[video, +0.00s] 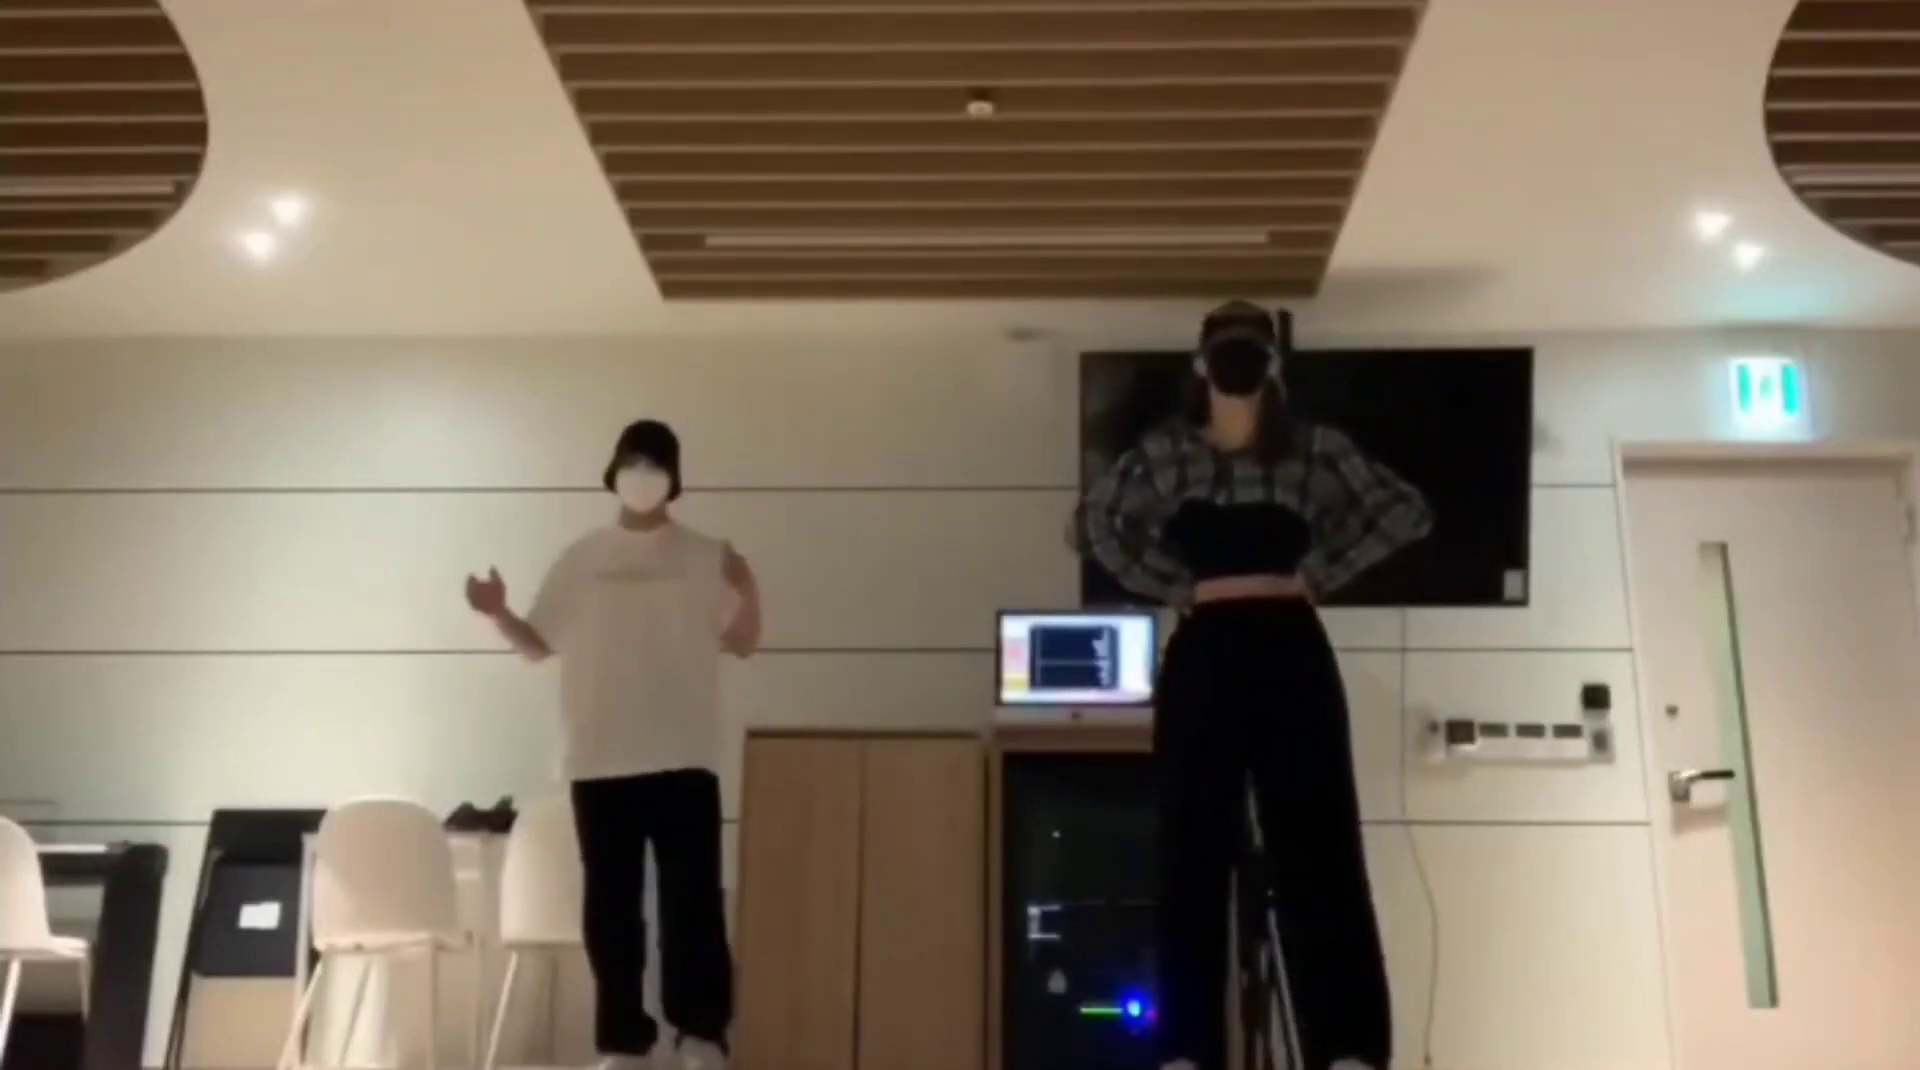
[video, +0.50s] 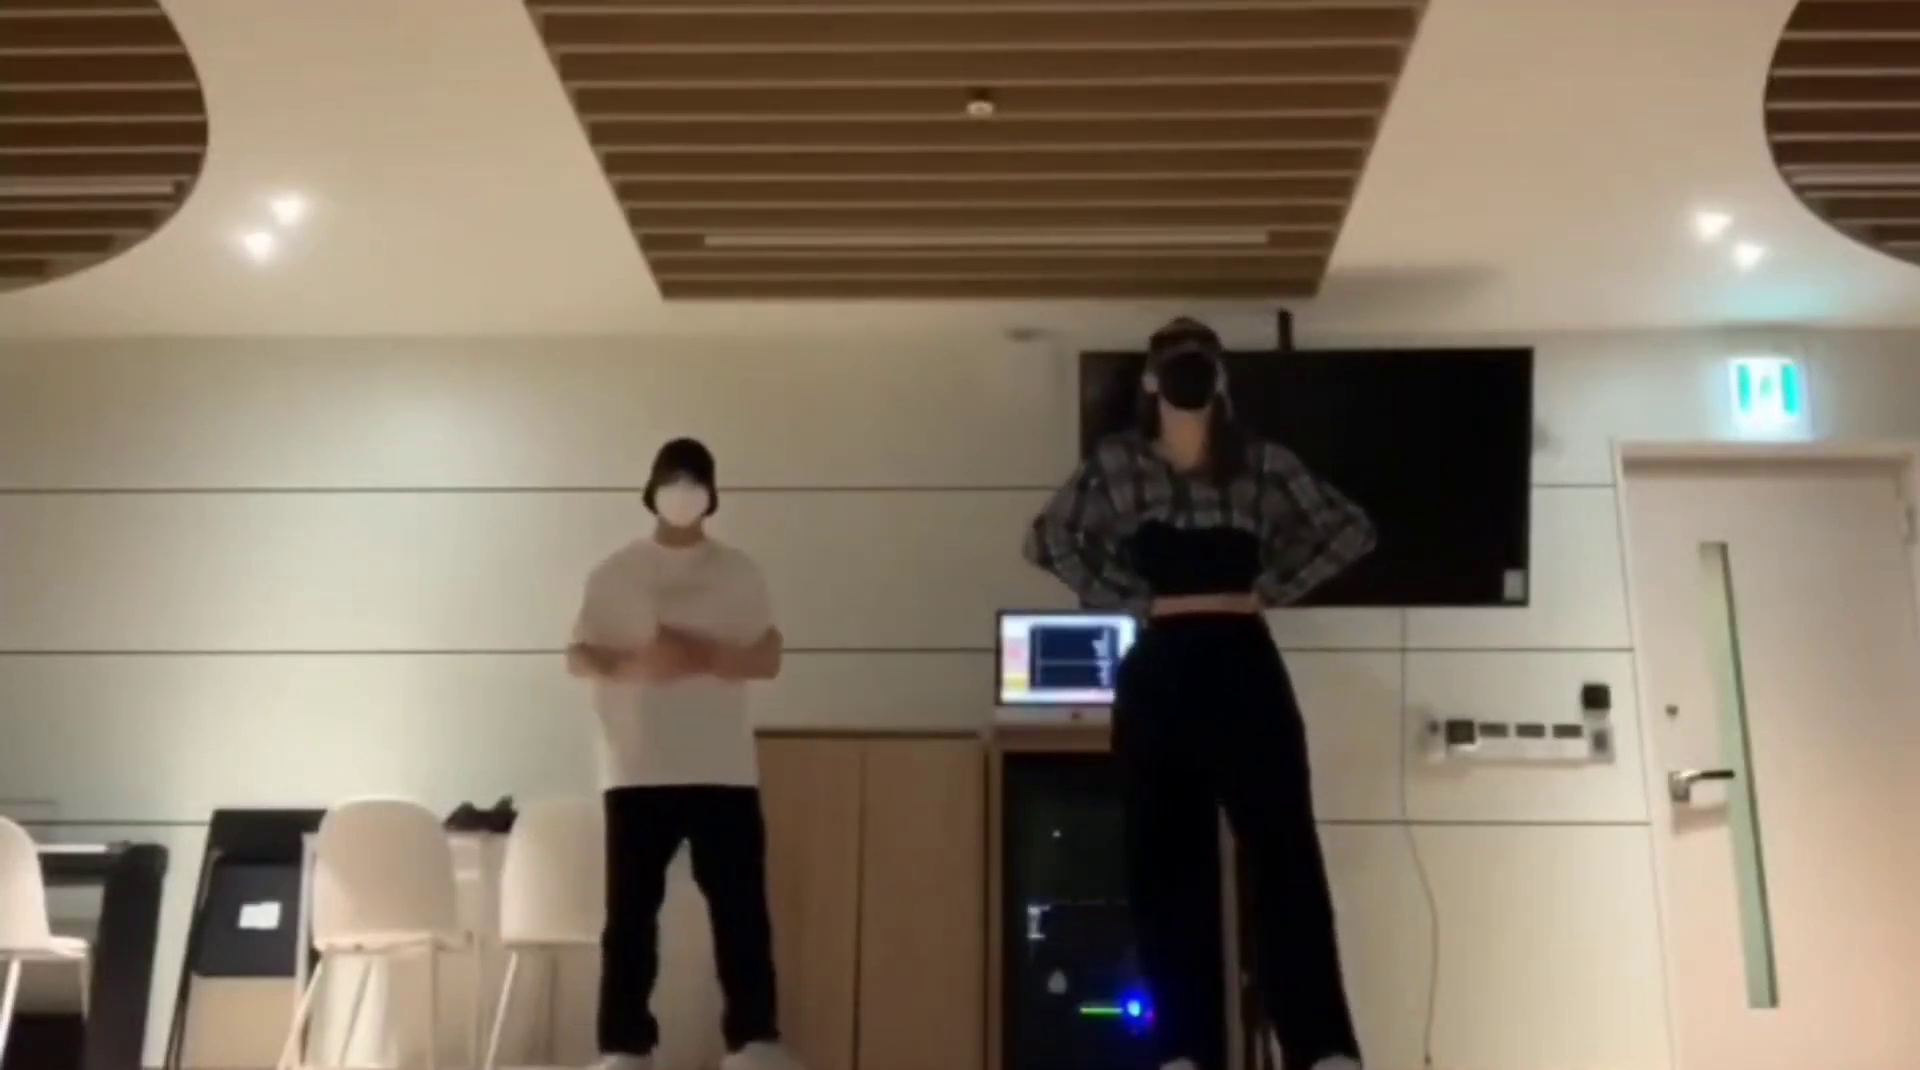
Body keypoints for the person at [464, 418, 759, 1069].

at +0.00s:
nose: (641, 478)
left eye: (653, 466)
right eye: (630, 467)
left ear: (675, 477)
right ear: (612, 476)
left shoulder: (705, 557)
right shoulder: (583, 558)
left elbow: (740, 645)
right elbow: (539, 647)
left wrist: (747, 594)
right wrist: (500, 614)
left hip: (684, 752)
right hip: (601, 755)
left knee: (693, 901)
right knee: (610, 906)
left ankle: (701, 1036)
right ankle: (622, 1043)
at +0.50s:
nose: (682, 494)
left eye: (694, 482)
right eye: (669, 482)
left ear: (712, 493)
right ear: (651, 492)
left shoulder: (737, 570)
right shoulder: (616, 573)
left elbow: (768, 659)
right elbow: (579, 656)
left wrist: (702, 652)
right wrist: (644, 662)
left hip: (723, 769)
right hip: (637, 771)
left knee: (742, 914)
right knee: (629, 919)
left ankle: (753, 1042)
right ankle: (624, 1047)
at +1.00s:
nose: (778, 520)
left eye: (790, 513)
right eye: (768, 506)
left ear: (799, 527)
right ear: (744, 513)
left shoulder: (805, 600)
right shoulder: (707, 582)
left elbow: (823, 687)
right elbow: (681, 664)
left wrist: (768, 686)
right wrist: (754, 673)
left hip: (792, 778)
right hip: (721, 775)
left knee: (782, 919)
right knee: (698, 909)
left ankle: (753, 1046)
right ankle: (650, 1040)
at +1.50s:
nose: (827, 526)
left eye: (839, 518)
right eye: (818, 512)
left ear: (847, 531)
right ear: (795, 516)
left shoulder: (832, 603)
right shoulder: (753, 578)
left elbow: (845, 690)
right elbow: (744, 670)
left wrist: (848, 756)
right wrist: (767, 754)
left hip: (815, 774)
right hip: (757, 769)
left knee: (793, 913)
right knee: (791, 908)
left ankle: (749, 1042)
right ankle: (836, 1028)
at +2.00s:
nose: (863, 504)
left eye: (874, 494)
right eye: (851, 491)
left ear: (887, 507)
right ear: (829, 500)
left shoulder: (887, 589)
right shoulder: (800, 578)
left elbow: (901, 683)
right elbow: (783, 671)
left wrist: (908, 767)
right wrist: (789, 758)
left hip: (880, 769)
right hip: (821, 766)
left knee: (823, 912)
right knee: (851, 912)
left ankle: (763, 1036)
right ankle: (876, 1043)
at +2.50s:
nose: (876, 493)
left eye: (888, 483)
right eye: (865, 480)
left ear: (901, 496)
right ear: (842, 489)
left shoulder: (906, 581)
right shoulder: (813, 564)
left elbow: (930, 674)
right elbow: (818, 648)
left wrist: (942, 744)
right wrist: (878, 712)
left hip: (918, 774)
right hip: (850, 773)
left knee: (953, 910)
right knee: (857, 919)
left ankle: (969, 1036)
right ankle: (876, 1045)